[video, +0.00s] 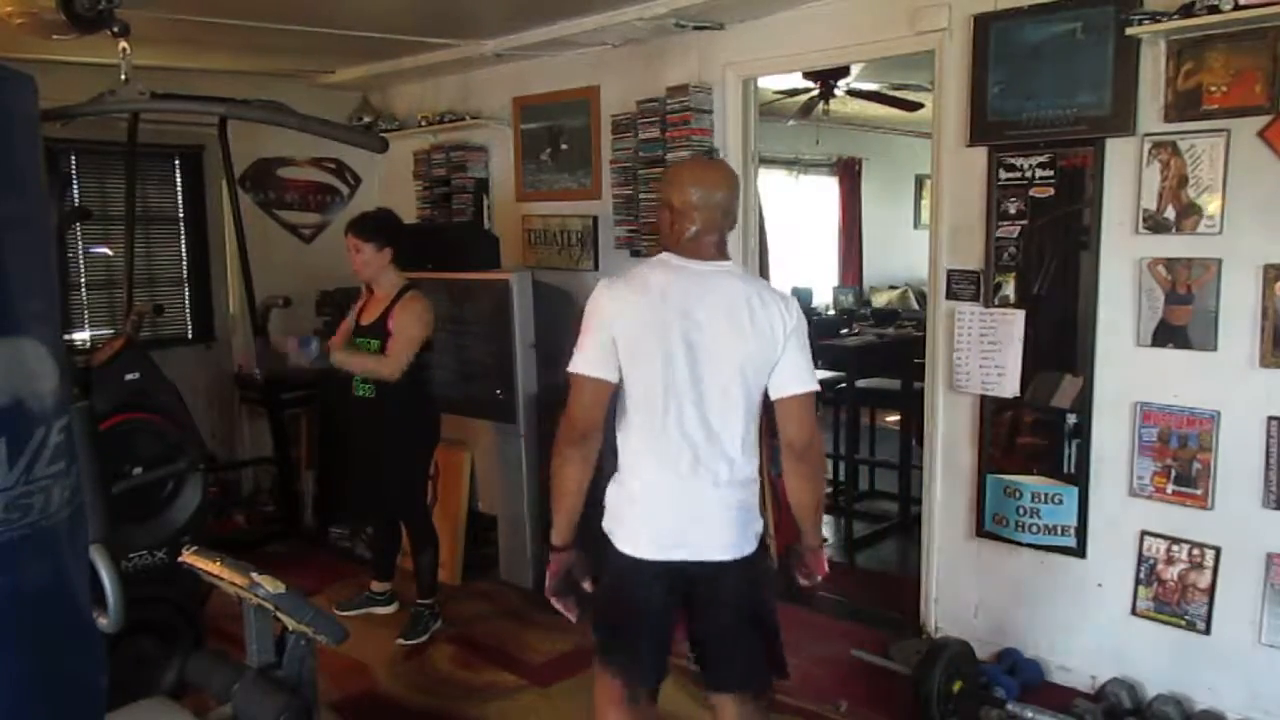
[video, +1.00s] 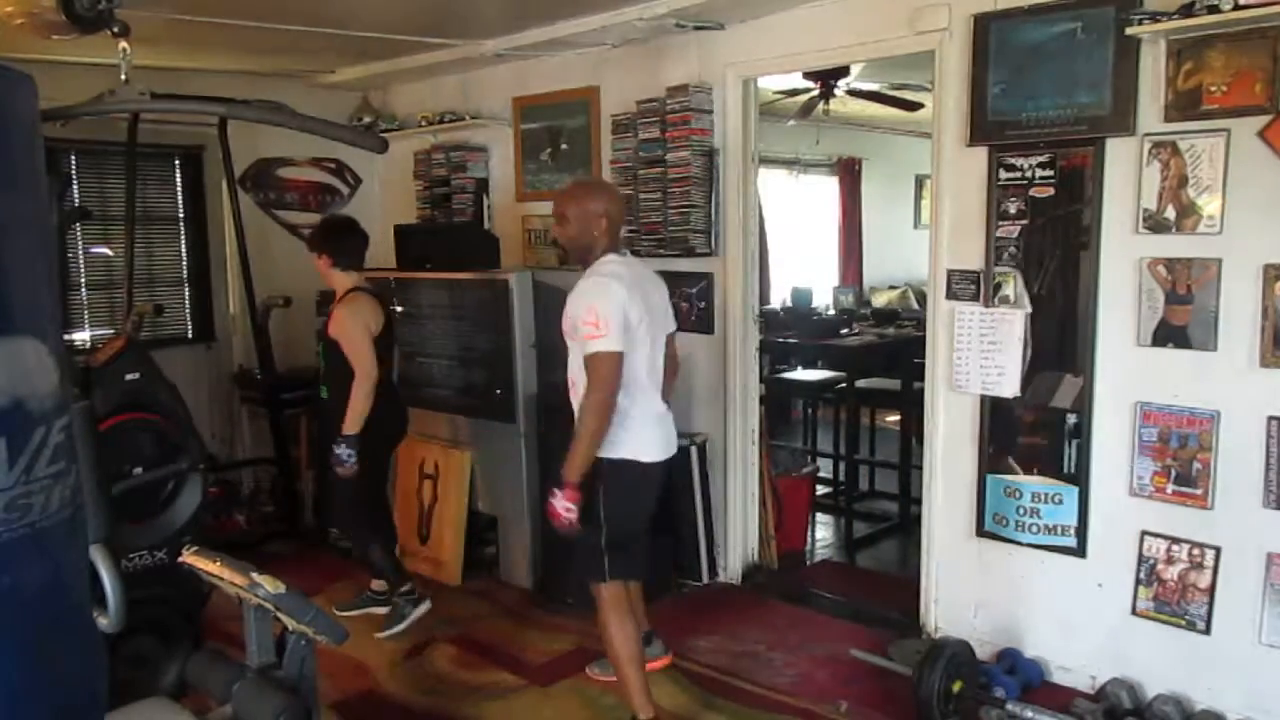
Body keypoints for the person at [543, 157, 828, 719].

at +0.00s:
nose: (656, 215)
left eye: (661, 206)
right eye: (660, 204)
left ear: (677, 216)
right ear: (729, 219)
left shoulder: (618, 297)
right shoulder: (774, 309)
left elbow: (580, 432)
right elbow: (800, 441)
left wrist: (562, 543)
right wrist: (811, 539)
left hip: (637, 546)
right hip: (732, 548)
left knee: (621, 691)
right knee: (738, 699)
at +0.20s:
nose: (630, 224)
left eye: (636, 213)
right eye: (634, 213)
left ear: (651, 221)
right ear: (699, 222)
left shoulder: (609, 302)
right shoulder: (750, 304)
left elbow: (598, 422)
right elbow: (783, 421)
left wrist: (596, 540)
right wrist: (792, 510)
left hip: (636, 524)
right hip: (719, 525)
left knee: (634, 643)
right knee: (723, 678)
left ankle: (641, 718)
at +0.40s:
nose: (589, 238)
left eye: (591, 231)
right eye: (592, 229)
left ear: (602, 239)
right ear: (658, 233)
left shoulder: (583, 316)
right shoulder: (711, 305)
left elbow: (583, 435)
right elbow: (739, 412)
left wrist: (584, 531)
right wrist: (747, 486)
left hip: (624, 516)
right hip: (700, 515)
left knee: (623, 626)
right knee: (724, 642)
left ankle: (640, 713)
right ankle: (732, 714)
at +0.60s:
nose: (579, 218)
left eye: (581, 209)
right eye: (581, 208)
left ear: (596, 211)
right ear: (642, 210)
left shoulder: (576, 286)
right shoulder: (690, 278)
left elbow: (562, 394)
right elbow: (713, 382)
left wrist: (532, 454)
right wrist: (708, 459)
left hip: (614, 476)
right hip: (684, 467)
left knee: (622, 599)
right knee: (691, 568)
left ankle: (641, 711)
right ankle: (725, 685)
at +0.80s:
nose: (563, 227)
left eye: (568, 217)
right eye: (565, 216)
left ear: (594, 219)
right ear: (621, 219)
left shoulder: (582, 283)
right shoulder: (667, 278)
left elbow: (567, 388)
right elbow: (686, 374)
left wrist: (501, 432)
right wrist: (678, 441)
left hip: (617, 464)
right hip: (671, 457)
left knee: (617, 599)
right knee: (662, 554)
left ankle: (640, 712)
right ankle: (660, 641)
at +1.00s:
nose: (555, 230)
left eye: (562, 220)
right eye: (556, 219)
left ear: (598, 223)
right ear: (605, 225)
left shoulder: (596, 290)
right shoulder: (648, 277)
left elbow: (603, 387)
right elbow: (670, 359)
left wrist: (569, 479)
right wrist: (648, 417)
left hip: (615, 457)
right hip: (650, 450)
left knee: (608, 588)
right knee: (624, 554)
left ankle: (643, 711)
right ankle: (640, 640)